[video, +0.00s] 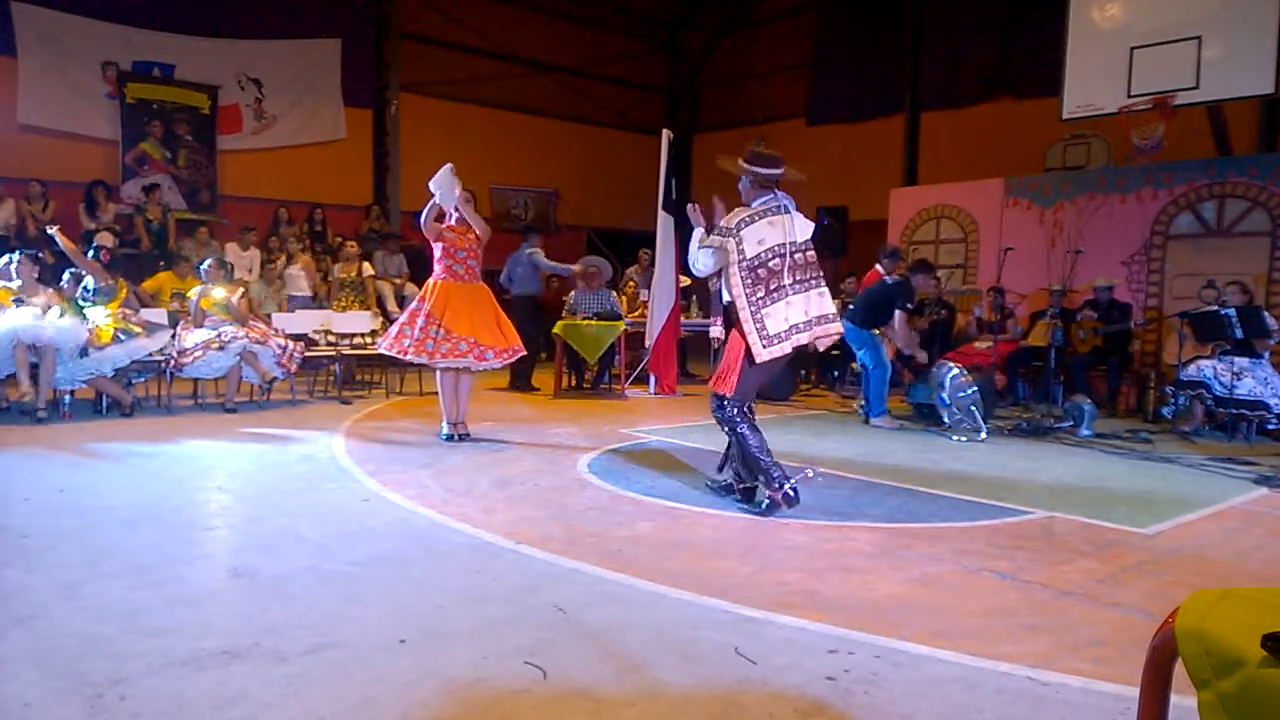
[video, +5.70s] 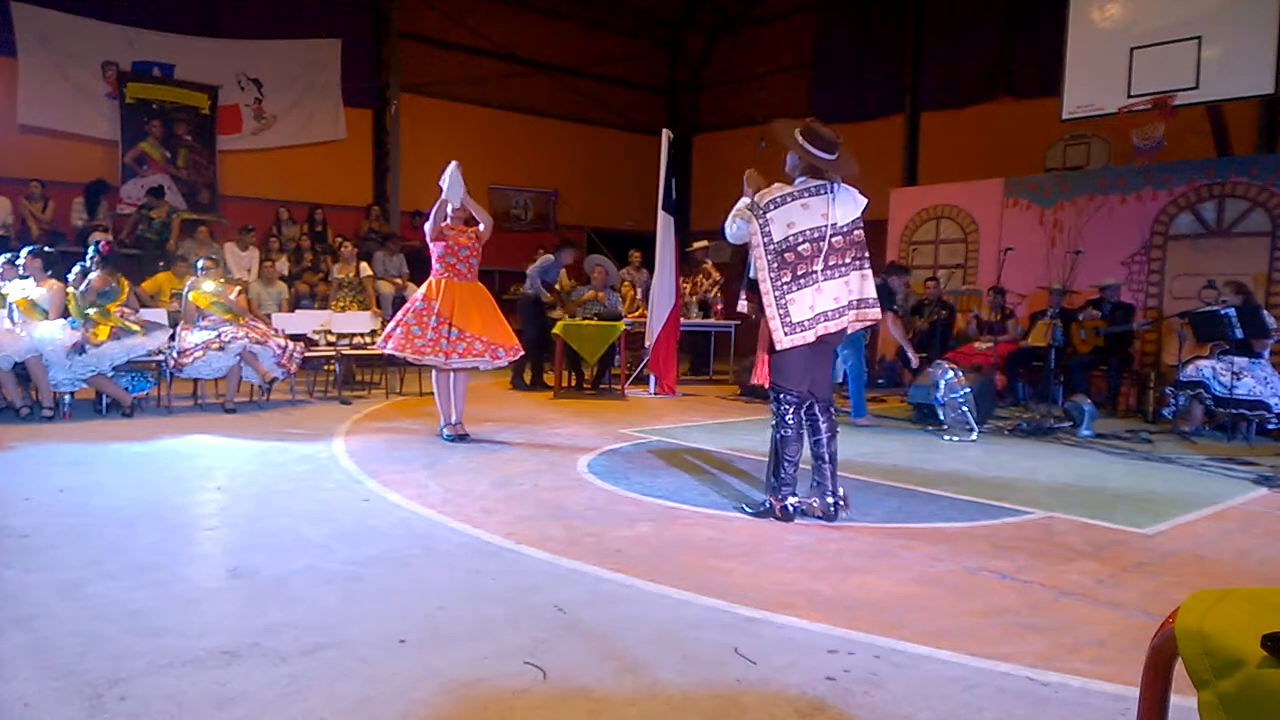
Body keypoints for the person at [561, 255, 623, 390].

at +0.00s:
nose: (592, 277)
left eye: (595, 274)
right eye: (590, 274)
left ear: (601, 277)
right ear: (584, 277)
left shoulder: (610, 294)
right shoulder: (575, 294)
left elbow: (619, 314)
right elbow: (565, 314)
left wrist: (599, 316)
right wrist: (578, 318)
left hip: (602, 332)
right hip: (580, 331)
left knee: (609, 348)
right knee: (570, 346)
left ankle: (597, 380)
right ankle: (579, 378)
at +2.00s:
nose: (597, 276)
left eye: (599, 273)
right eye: (595, 273)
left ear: (605, 277)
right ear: (590, 275)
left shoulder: (613, 296)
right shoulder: (578, 293)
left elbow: (620, 316)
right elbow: (565, 311)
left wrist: (600, 317)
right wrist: (577, 318)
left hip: (603, 332)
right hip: (581, 331)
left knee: (610, 349)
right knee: (570, 345)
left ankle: (597, 380)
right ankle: (578, 377)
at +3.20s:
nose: (583, 277)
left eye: (587, 274)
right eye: (584, 274)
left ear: (598, 278)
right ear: (584, 277)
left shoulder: (610, 295)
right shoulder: (578, 292)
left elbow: (618, 311)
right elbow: (557, 298)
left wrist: (601, 302)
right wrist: (572, 301)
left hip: (602, 330)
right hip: (579, 329)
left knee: (610, 348)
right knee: (570, 346)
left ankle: (597, 380)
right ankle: (579, 377)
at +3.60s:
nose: (578, 278)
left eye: (582, 275)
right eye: (579, 275)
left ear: (592, 278)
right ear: (578, 277)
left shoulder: (608, 294)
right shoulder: (575, 295)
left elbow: (618, 311)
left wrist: (600, 305)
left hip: (602, 331)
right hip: (580, 331)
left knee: (610, 348)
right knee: (570, 344)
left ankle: (597, 380)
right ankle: (579, 377)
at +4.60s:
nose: (594, 276)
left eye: (597, 273)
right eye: (593, 273)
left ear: (605, 278)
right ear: (588, 275)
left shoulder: (612, 297)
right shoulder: (579, 293)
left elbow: (621, 315)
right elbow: (565, 309)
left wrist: (600, 314)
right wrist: (578, 303)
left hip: (603, 332)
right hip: (580, 331)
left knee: (609, 348)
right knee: (571, 345)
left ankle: (597, 381)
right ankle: (579, 379)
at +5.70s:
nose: (595, 276)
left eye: (599, 273)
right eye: (593, 272)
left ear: (606, 277)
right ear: (590, 275)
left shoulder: (613, 296)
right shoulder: (580, 291)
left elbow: (620, 314)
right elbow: (569, 305)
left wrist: (606, 303)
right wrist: (583, 299)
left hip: (603, 329)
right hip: (582, 327)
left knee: (610, 348)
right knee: (570, 345)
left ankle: (597, 379)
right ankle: (579, 376)